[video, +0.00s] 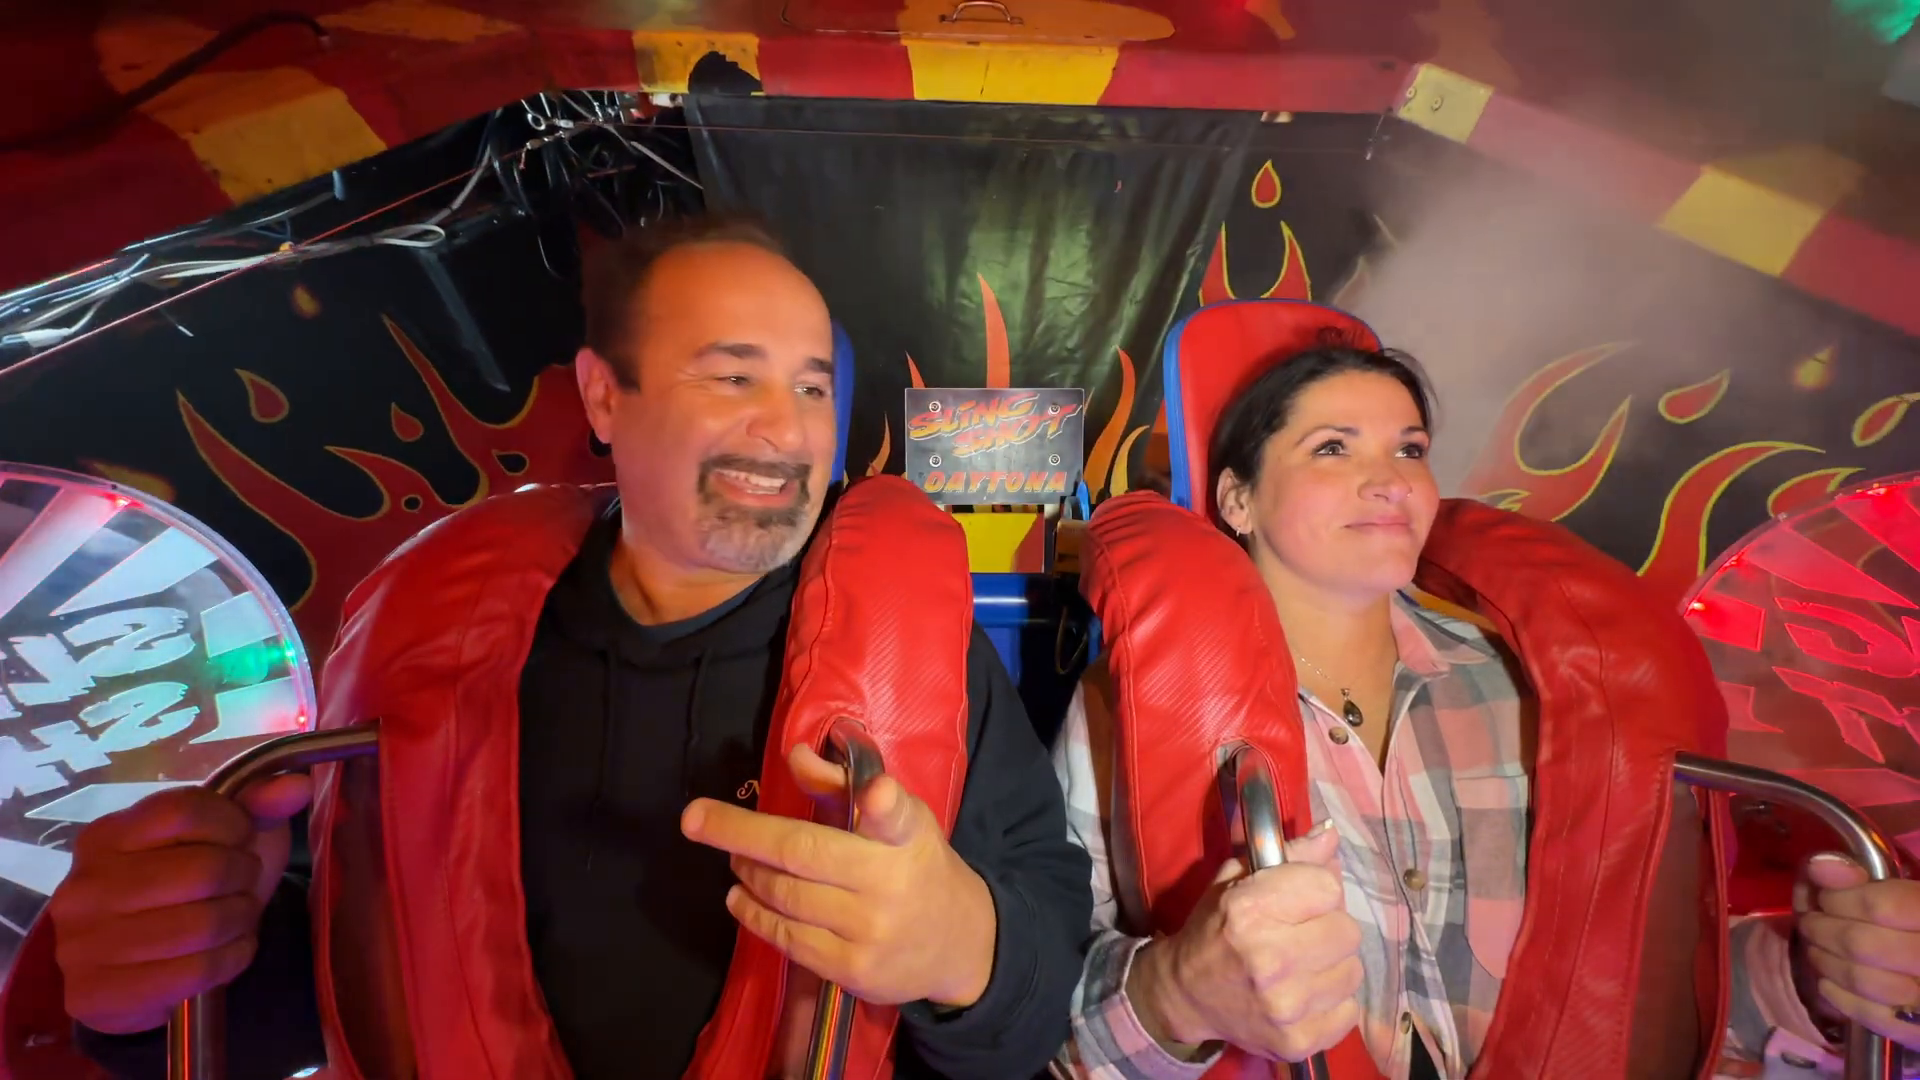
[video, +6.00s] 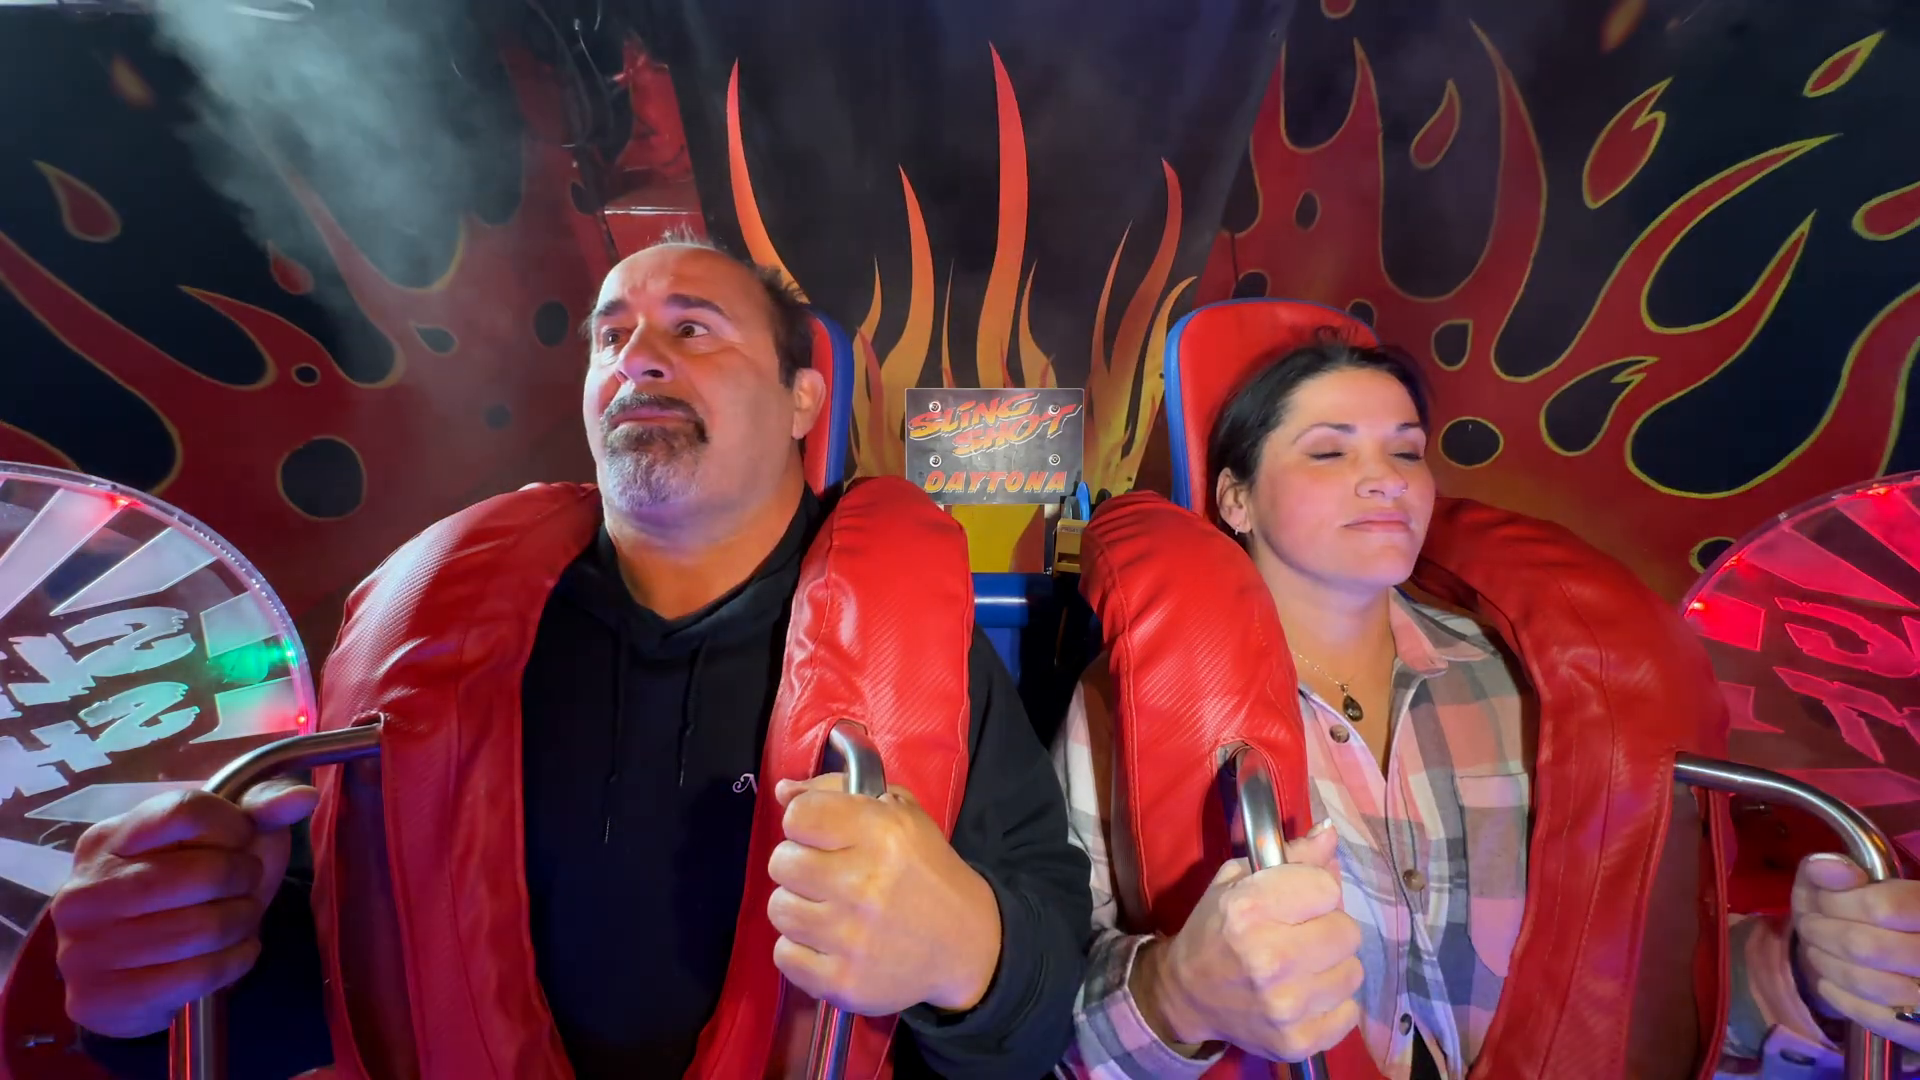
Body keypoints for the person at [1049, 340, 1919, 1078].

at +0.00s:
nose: (1389, 476)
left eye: (1410, 450)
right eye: (1332, 448)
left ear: (1434, 495)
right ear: (1239, 502)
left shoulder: (1523, 690)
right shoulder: (1144, 708)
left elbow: (1617, 963)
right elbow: (1047, 1031)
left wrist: (1803, 971)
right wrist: (1170, 996)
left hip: (1505, 1066)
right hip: (1265, 1071)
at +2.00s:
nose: (1388, 478)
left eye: (1408, 447)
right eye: (1330, 447)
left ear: (1437, 485)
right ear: (1238, 500)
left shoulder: (1514, 693)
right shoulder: (1141, 712)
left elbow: (1599, 975)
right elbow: (1041, 1028)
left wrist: (1793, 968)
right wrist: (1170, 1000)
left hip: (1488, 1067)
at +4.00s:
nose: (1382, 485)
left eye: (1405, 454)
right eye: (1328, 454)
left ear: (1436, 487)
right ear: (1235, 500)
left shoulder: (1514, 692)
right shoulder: (1137, 715)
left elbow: (1605, 972)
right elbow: (1055, 1029)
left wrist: (1801, 972)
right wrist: (1173, 1003)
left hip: (1488, 1066)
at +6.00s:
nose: (1383, 482)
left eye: (1405, 454)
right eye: (1328, 454)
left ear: (1435, 488)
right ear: (1238, 500)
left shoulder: (1518, 686)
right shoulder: (1143, 708)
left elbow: (1607, 969)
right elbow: (1050, 1031)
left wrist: (1790, 972)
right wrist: (1171, 996)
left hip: (1501, 1065)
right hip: (1269, 1073)